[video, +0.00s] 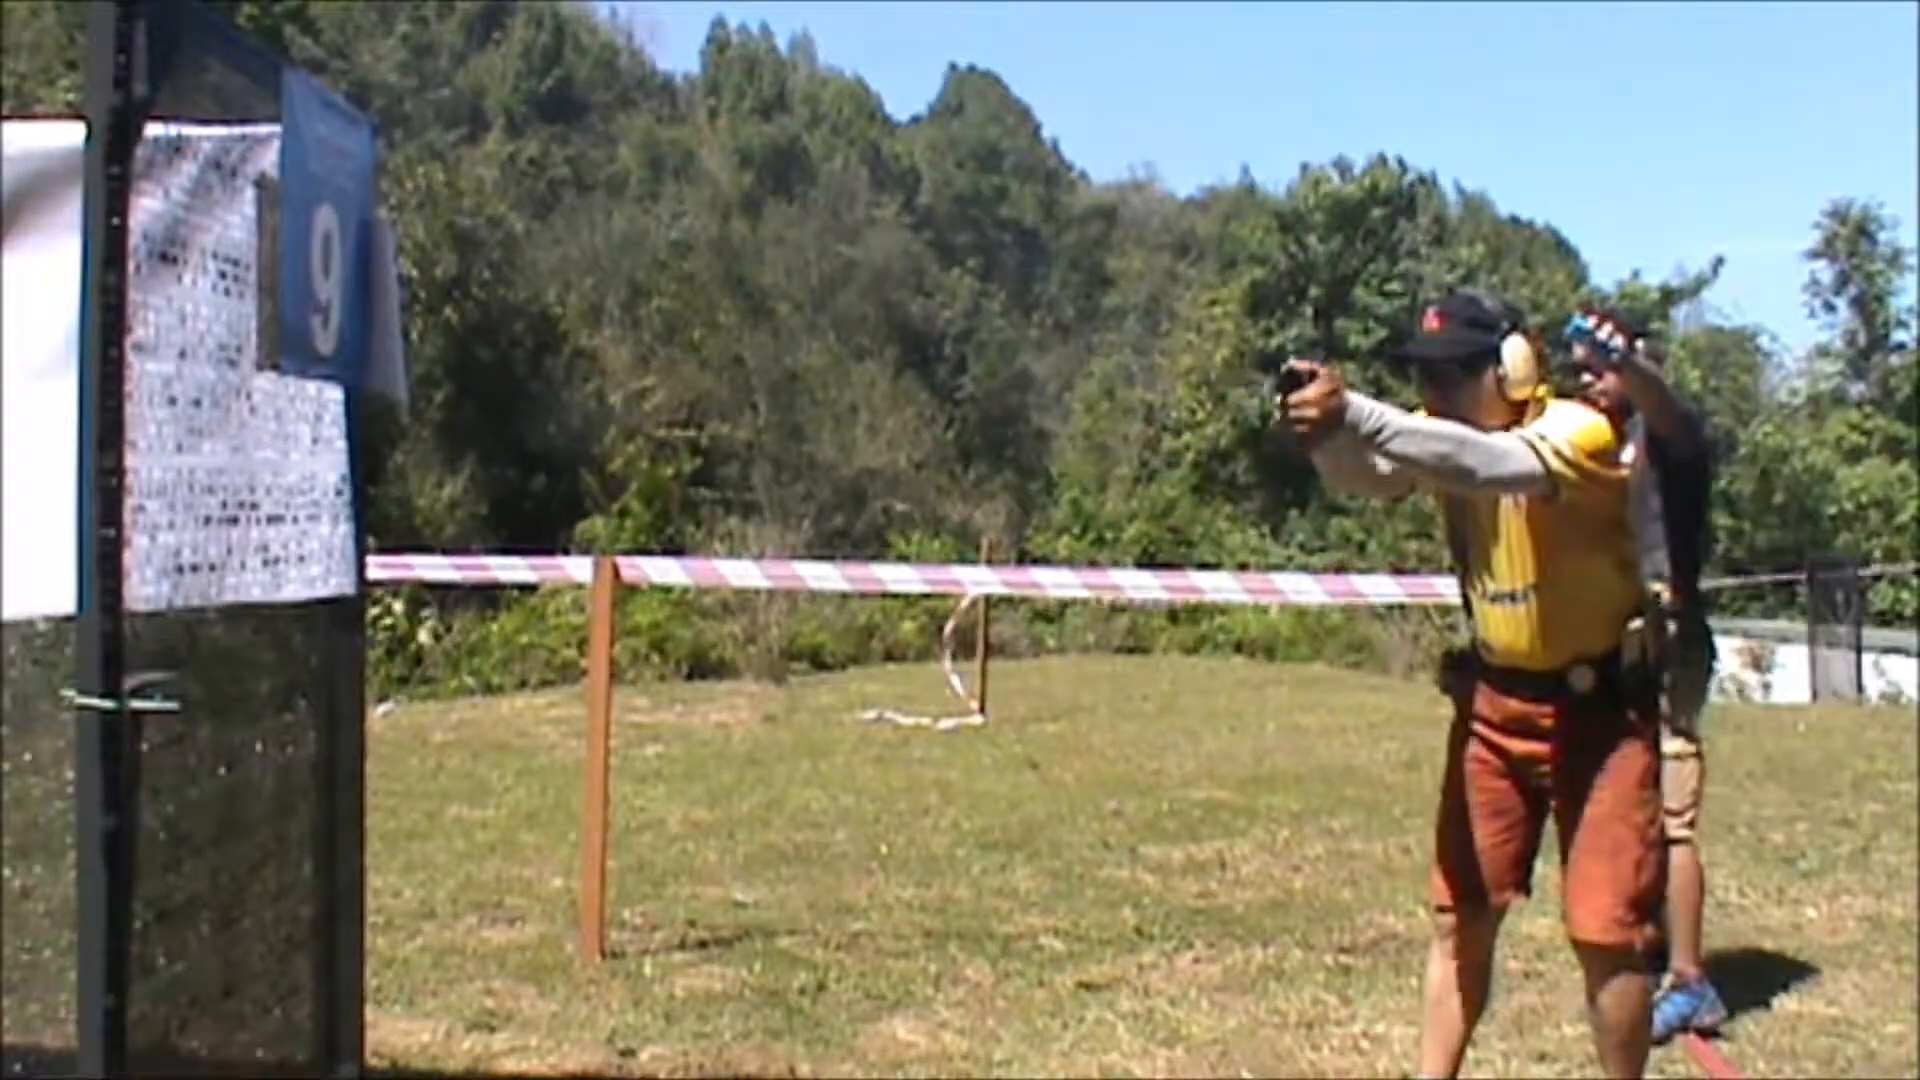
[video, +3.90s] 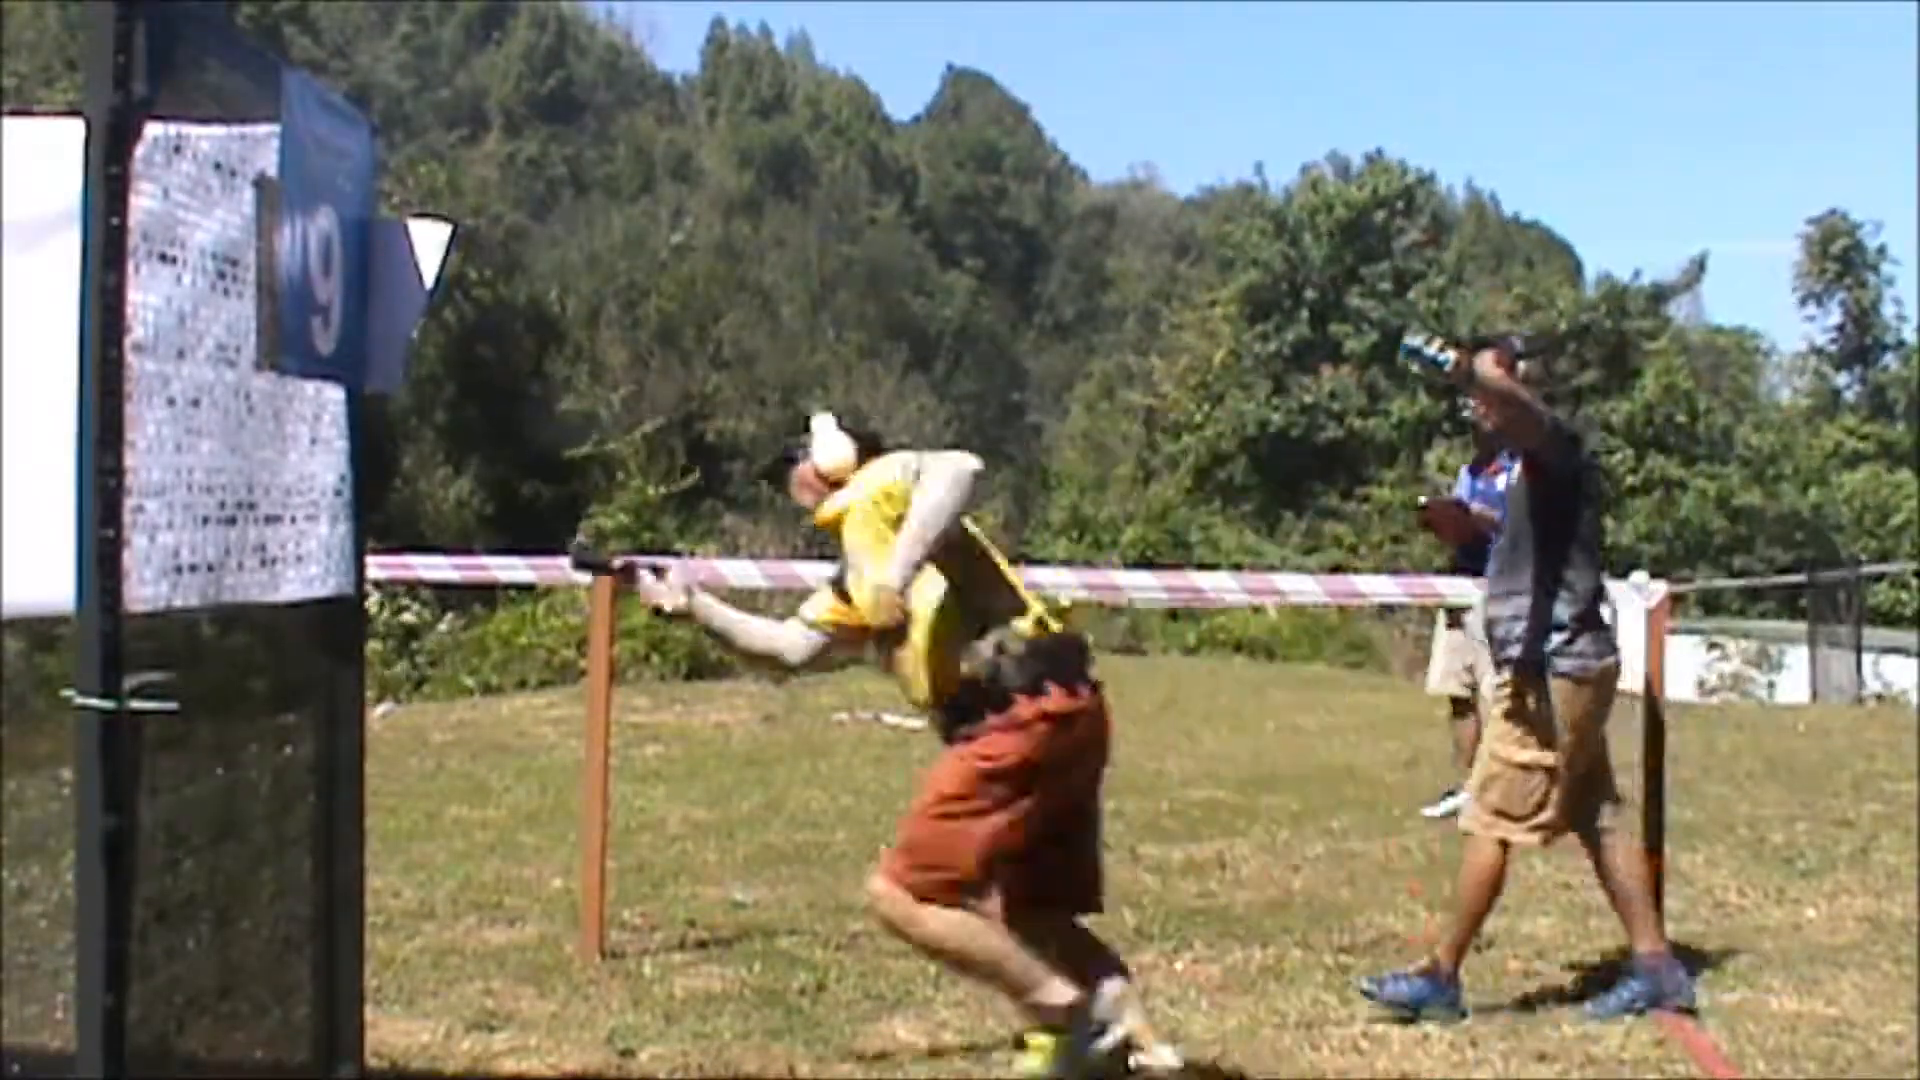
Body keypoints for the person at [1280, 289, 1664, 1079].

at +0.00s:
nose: (1433, 395)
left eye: (1448, 376)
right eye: (1427, 378)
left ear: (1504, 371)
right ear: (1432, 374)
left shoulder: (1582, 430)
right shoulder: (1453, 446)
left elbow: (1496, 463)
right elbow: (1370, 473)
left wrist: (1355, 412)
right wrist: (1319, 430)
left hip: (1602, 712)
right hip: (1496, 708)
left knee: (1607, 932)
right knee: (1463, 911)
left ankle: (1623, 1073)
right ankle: (1435, 1071)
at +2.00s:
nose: (1448, 392)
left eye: (1462, 372)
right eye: (1441, 373)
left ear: (1514, 362)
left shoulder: (1591, 427)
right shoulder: (1497, 435)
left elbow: (1467, 460)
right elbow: (1402, 470)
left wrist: (1332, 412)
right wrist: (1320, 430)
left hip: (1601, 711)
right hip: (1505, 700)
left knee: (1597, 946)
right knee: (1463, 922)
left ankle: (1623, 1072)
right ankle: (1433, 1072)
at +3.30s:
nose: (1411, 417)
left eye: (1423, 405)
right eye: (1413, 404)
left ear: (1469, 421)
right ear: (1457, 423)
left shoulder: (1549, 486)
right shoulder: (1420, 481)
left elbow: (1455, 576)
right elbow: (1322, 565)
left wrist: (1321, 516)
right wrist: (1291, 508)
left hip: (1557, 751)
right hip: (1457, 734)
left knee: (1562, 962)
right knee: (1355, 896)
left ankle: (1609, 1073)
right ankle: (1355, 1066)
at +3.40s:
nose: (1389, 469)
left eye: (1402, 461)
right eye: (1394, 457)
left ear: (1441, 475)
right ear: (1423, 468)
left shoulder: (1523, 526)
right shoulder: (1394, 515)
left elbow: (1420, 618)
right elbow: (1297, 605)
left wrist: (1277, 570)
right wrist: (1247, 581)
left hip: (1535, 773)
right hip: (1433, 757)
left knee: (1548, 972)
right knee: (1311, 901)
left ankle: (1606, 1073)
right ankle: (1294, 1062)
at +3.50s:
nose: (1296, 509)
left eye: (1304, 495)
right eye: (1297, 495)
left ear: (1343, 502)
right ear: (1322, 507)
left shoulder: (1426, 544)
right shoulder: (1315, 564)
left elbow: (1422, 644)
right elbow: (1244, 633)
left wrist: (1314, 680)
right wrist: (1162, 620)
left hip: (1473, 796)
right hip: (1374, 785)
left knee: (1501, 990)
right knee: (1244, 904)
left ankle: (1590, 1072)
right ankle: (1201, 1064)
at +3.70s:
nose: (1035, 484)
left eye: (1046, 470)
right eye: (1037, 472)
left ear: (1081, 475)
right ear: (1082, 480)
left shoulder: (1119, 515)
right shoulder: (1097, 562)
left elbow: (1203, 560)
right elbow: (1053, 659)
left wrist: (1222, 683)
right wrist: (952, 623)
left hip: (1285, 761)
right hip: (1213, 779)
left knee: (1393, 954)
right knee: (1116, 901)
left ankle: (1529, 1070)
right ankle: (1173, 1067)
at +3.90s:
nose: (793, 475)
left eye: (800, 460)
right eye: (793, 464)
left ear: (832, 464)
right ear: (824, 482)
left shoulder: (878, 483)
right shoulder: (855, 575)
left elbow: (957, 470)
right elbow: (792, 646)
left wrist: (897, 569)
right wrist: (693, 602)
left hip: (1033, 703)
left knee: (899, 894)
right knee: (1033, 917)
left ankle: (1065, 1007)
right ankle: (1143, 1050)